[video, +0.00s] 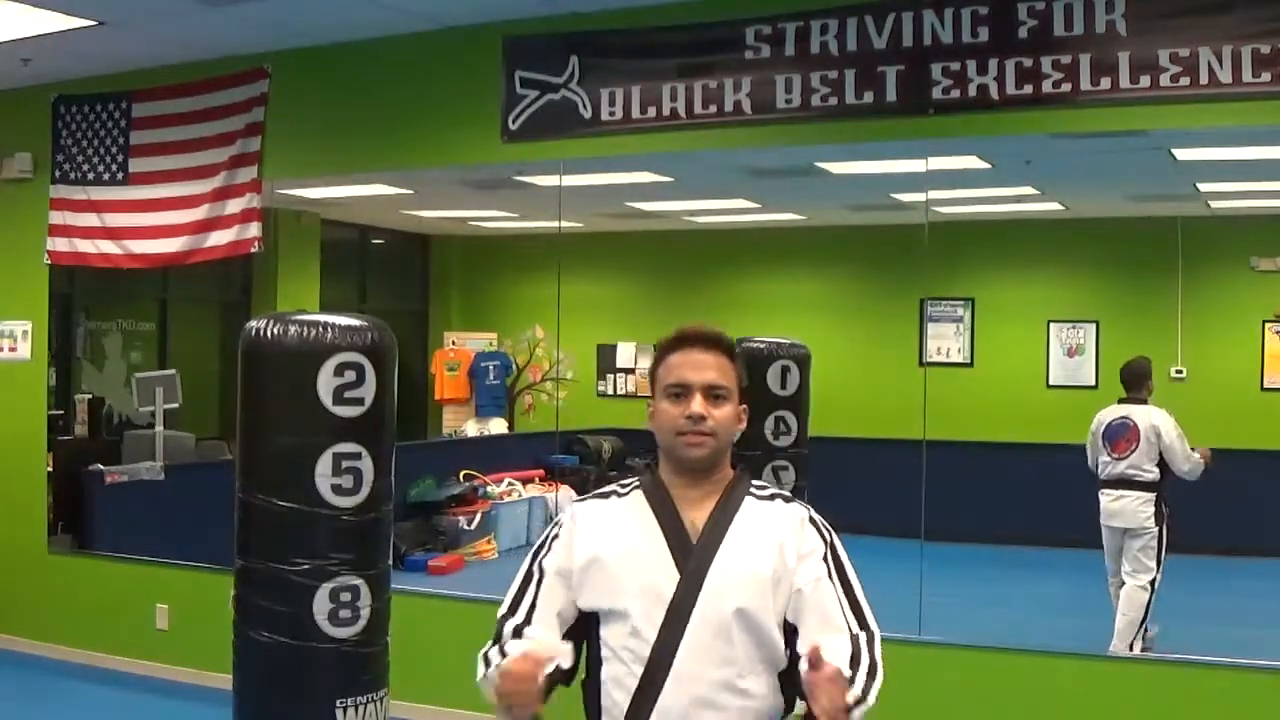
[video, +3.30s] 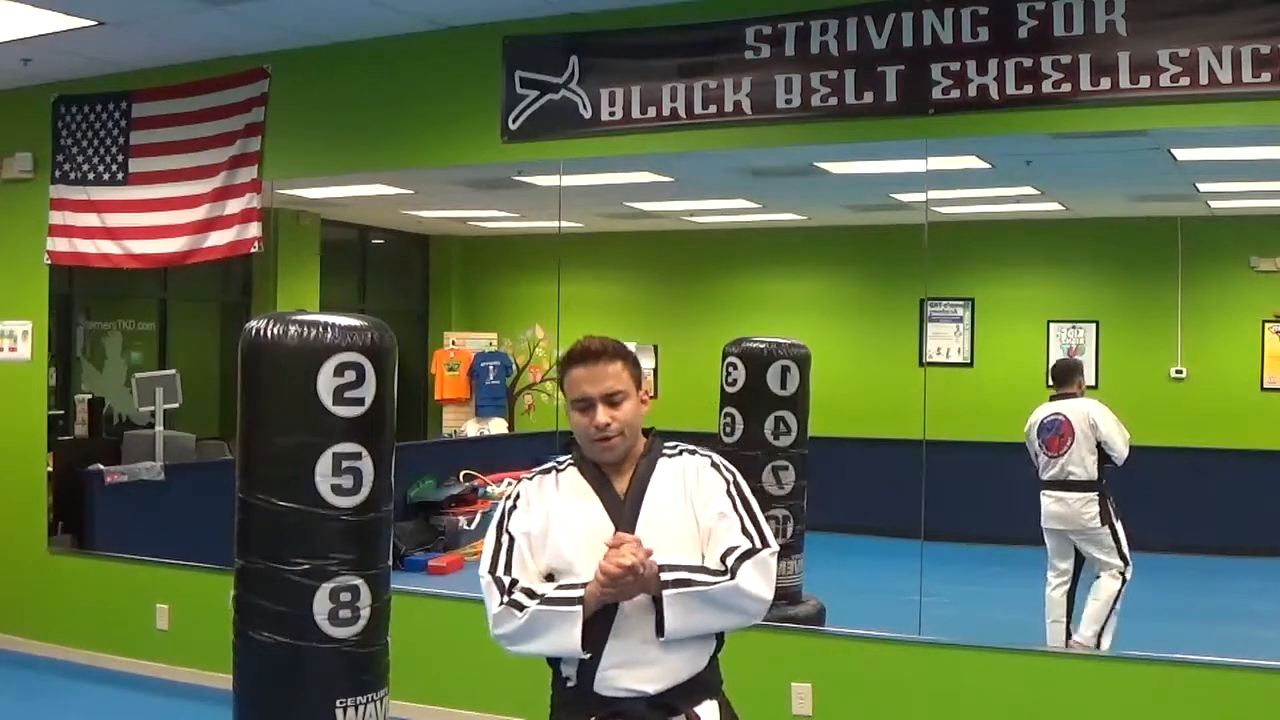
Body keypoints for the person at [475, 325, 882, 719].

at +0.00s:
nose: (696, 410)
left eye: (715, 396)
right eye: (678, 395)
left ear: (740, 417)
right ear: (651, 412)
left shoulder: (793, 528)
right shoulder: (586, 524)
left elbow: (848, 643)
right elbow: (514, 641)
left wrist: (833, 694)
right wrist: (513, 680)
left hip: (749, 711)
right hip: (626, 712)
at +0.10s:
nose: (709, 404)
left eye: (728, 391)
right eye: (692, 387)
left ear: (752, 413)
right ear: (665, 404)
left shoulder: (797, 519)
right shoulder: (594, 508)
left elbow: (846, 640)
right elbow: (523, 634)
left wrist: (796, 667)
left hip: (744, 715)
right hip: (625, 713)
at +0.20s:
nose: (714, 397)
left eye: (733, 385)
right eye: (698, 381)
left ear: (756, 408)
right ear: (672, 399)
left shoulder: (801, 511)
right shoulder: (601, 498)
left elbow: (834, 645)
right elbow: (547, 623)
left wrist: (731, 634)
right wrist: (631, 627)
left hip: (749, 711)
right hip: (630, 710)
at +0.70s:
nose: (659, 396)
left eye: (676, 383)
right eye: (643, 385)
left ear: (702, 401)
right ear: (625, 406)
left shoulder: (755, 498)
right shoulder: (574, 498)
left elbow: (786, 620)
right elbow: (533, 616)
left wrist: (690, 588)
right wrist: (631, 595)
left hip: (714, 708)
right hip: (605, 707)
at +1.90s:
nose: (712, 398)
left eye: (726, 386)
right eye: (698, 384)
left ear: (743, 398)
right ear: (674, 394)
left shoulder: (780, 479)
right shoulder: (623, 472)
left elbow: (808, 588)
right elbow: (587, 575)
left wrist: (736, 568)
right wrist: (679, 567)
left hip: (739, 694)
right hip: (643, 690)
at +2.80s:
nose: (659, 413)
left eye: (671, 395)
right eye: (643, 403)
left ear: (700, 396)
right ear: (632, 414)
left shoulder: (763, 473)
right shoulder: (599, 486)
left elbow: (802, 581)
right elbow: (573, 597)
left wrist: (712, 565)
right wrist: (658, 573)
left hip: (736, 698)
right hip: (637, 698)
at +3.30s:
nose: (601, 420)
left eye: (615, 401)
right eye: (583, 406)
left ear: (645, 399)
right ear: (567, 410)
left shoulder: (706, 476)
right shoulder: (533, 496)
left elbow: (752, 588)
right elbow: (508, 616)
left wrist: (654, 579)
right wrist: (594, 592)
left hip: (689, 705)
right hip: (583, 707)